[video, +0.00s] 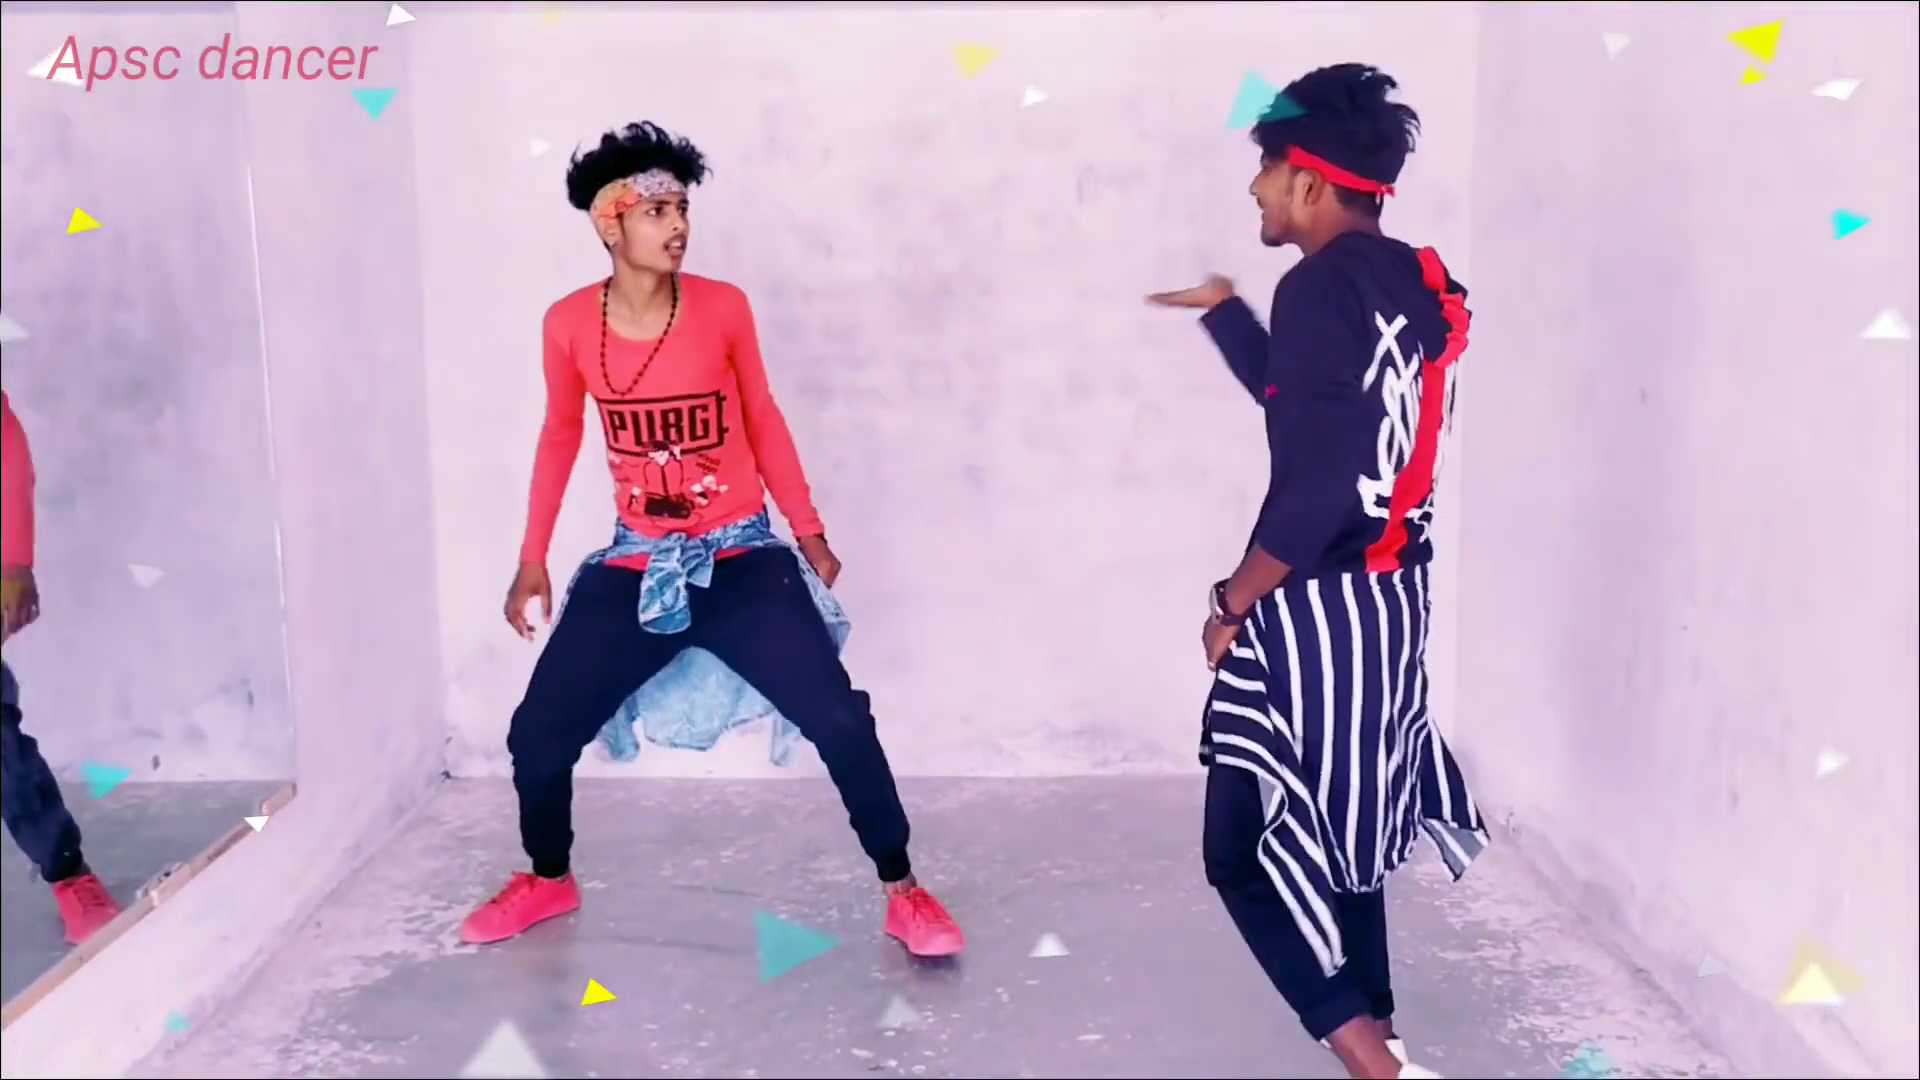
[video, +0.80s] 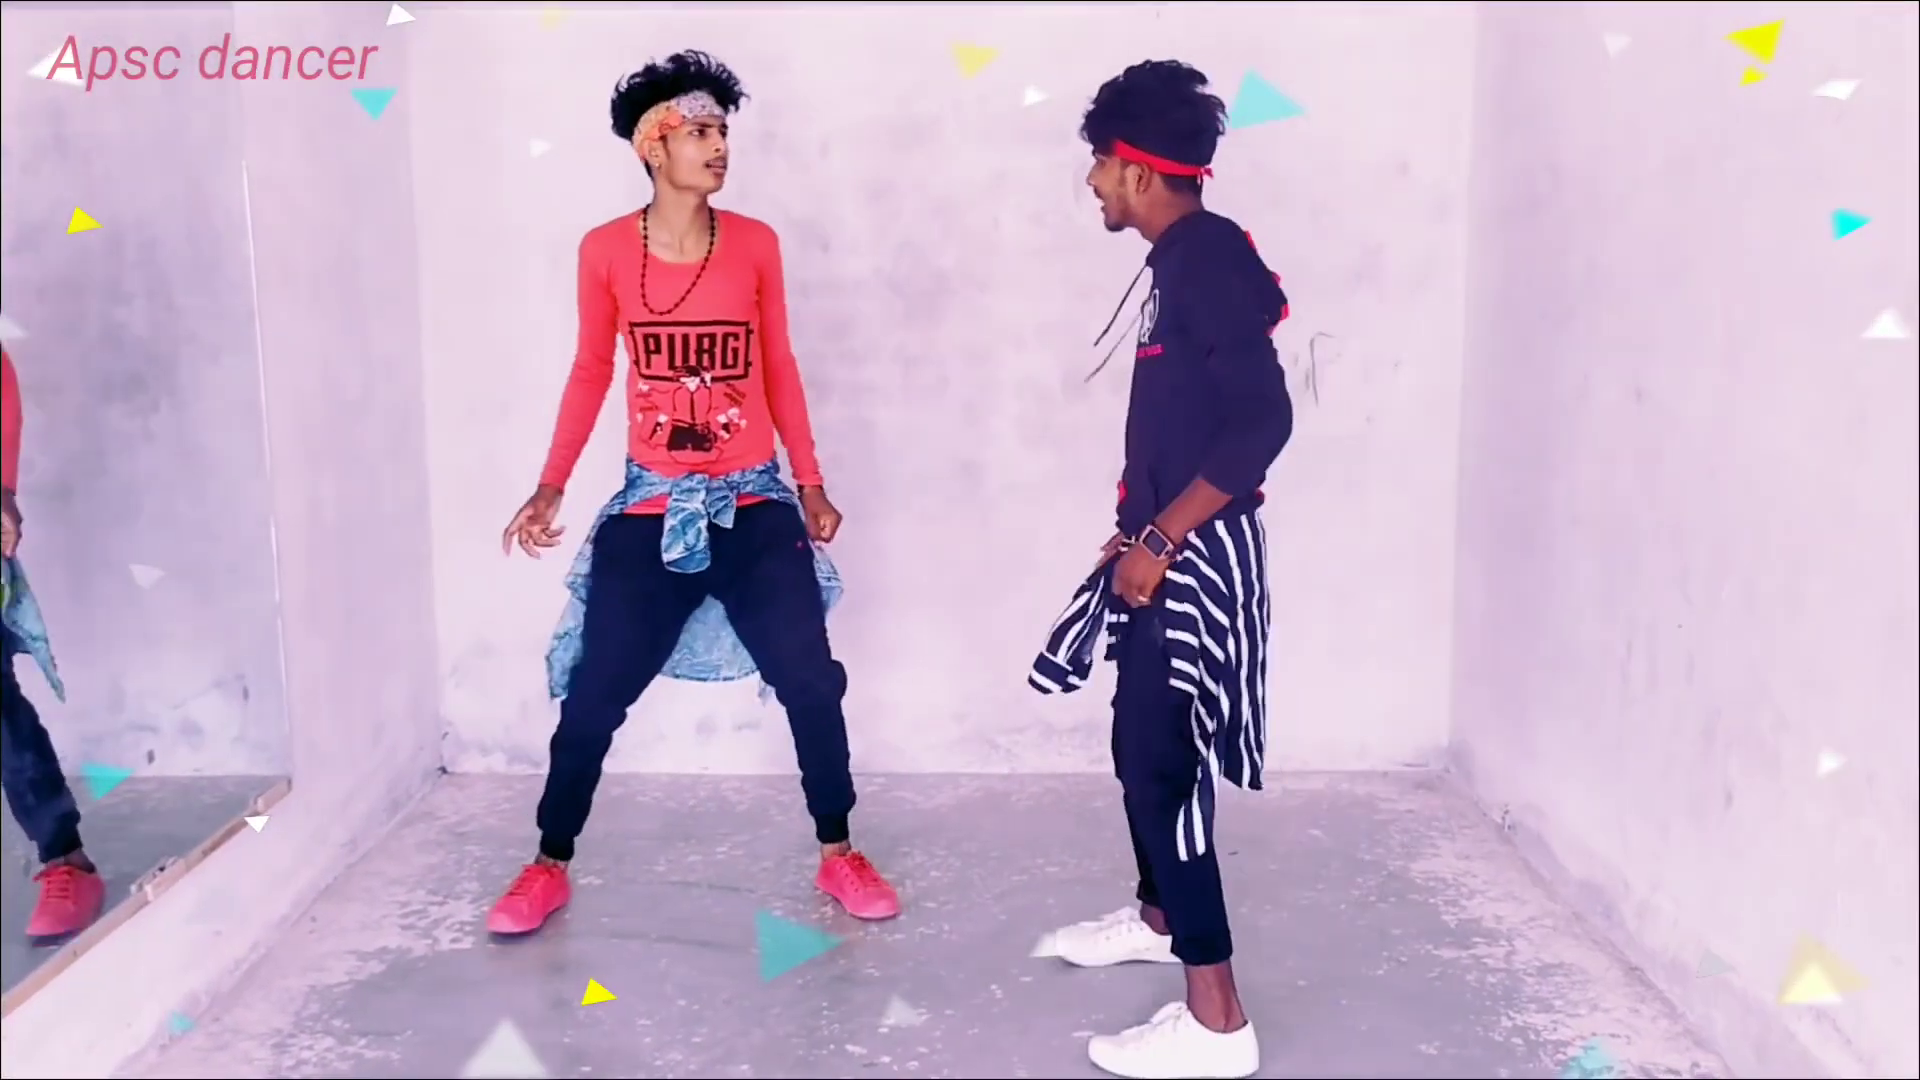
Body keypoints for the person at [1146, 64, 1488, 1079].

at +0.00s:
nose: (1256, 184)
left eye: (1268, 164)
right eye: (1262, 162)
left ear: (1313, 178)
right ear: (1347, 183)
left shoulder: (1318, 286)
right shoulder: (1400, 279)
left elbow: (1322, 475)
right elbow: (1299, 405)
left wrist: (1236, 599)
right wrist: (1224, 309)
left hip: (1307, 606)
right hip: (1377, 600)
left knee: (1238, 849)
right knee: (1347, 843)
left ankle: (1375, 1065)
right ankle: (1371, 1059)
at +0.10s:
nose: (1276, 159)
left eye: (1301, 146)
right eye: (1291, 140)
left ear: (1340, 172)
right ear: (1379, 185)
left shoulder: (1242, 268)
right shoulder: (1410, 274)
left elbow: (1213, 421)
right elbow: (1433, 356)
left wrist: (1214, 563)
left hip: (1279, 594)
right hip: (1384, 586)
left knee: (1225, 843)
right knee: (1355, 813)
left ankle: (1410, 1043)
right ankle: (1377, 1012)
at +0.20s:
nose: (1258, 180)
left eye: (1276, 169)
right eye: (1270, 160)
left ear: (1311, 189)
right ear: (1354, 201)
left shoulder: (1220, 281)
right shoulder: (1414, 289)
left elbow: (1171, 410)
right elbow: (1543, 348)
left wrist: (1181, 559)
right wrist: (1460, 228)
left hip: (1259, 584)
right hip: (1367, 588)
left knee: (1193, 825)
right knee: (1344, 812)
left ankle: (1355, 1029)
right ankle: (1380, 1034)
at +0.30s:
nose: (1213, 187)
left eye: (1228, 172)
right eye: (1222, 168)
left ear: (1264, 188)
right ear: (1307, 196)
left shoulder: (1198, 289)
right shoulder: (1384, 297)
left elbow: (1169, 421)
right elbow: (1502, 415)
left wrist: (1173, 545)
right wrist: (1446, 348)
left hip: (1246, 596)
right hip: (1355, 593)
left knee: (1158, 795)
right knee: (1333, 808)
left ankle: (1242, 1029)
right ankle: (1378, 1028)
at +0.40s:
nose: (1172, 188)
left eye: (1184, 173)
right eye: (1179, 170)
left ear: (1224, 184)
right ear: (1267, 187)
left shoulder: (1178, 284)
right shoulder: (1340, 289)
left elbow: (1185, 427)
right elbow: (1432, 433)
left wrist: (1166, 548)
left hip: (1224, 582)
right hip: (1320, 579)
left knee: (1134, 781)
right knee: (1298, 802)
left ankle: (1206, 1010)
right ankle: (1364, 1020)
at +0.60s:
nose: (1120, 183)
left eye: (1128, 164)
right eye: (1124, 163)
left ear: (1167, 168)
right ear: (1211, 168)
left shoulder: (1185, 264)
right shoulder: (1282, 265)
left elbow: (1205, 435)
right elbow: (1339, 429)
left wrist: (1142, 545)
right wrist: (1269, 512)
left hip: (1196, 551)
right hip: (1256, 548)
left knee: (1140, 773)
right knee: (1192, 752)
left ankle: (1209, 1018)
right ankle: (1293, 934)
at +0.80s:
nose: (1094, 183)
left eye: (1099, 163)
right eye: (1096, 163)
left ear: (1138, 165)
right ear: (1164, 164)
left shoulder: (1206, 260)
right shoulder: (1181, 257)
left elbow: (1265, 418)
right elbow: (1181, 416)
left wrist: (1163, 536)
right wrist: (1136, 526)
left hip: (1195, 550)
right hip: (1164, 543)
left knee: (1158, 756)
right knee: (1139, 741)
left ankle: (1218, 1017)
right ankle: (1161, 915)